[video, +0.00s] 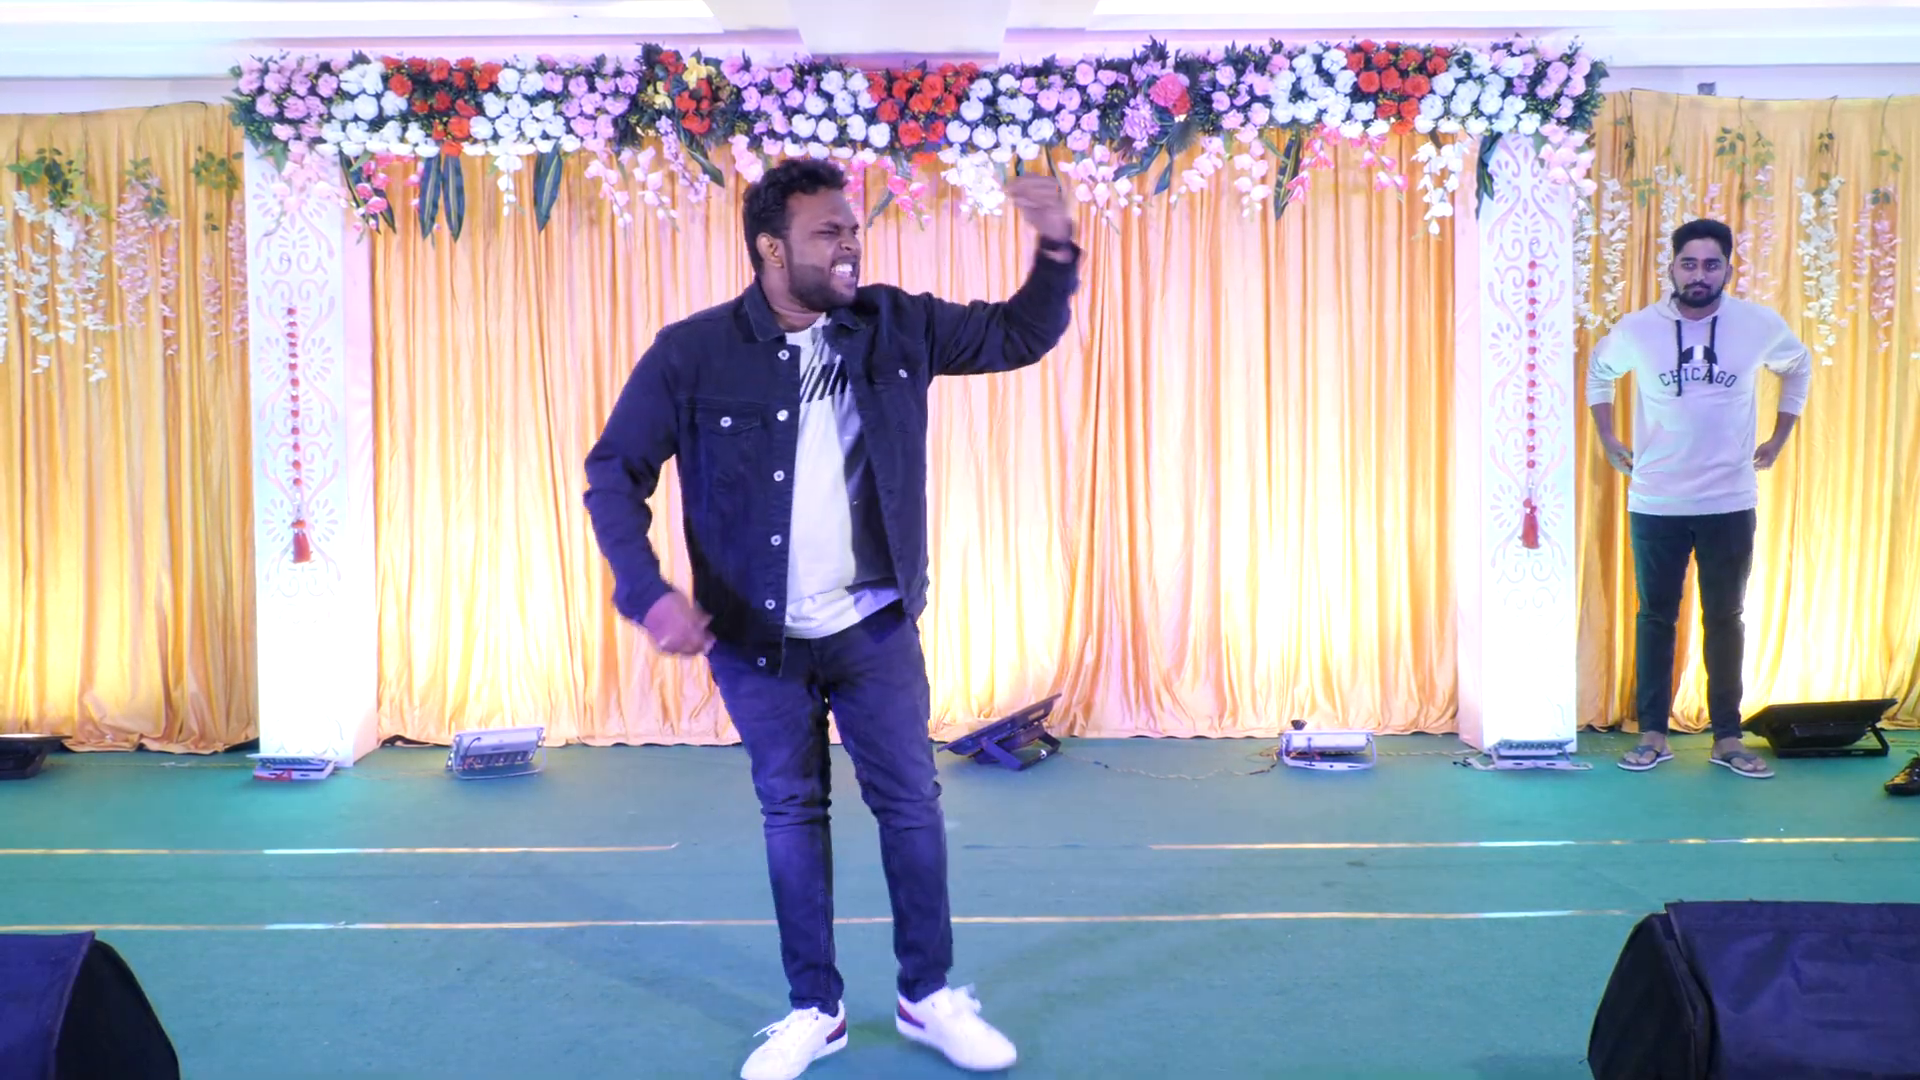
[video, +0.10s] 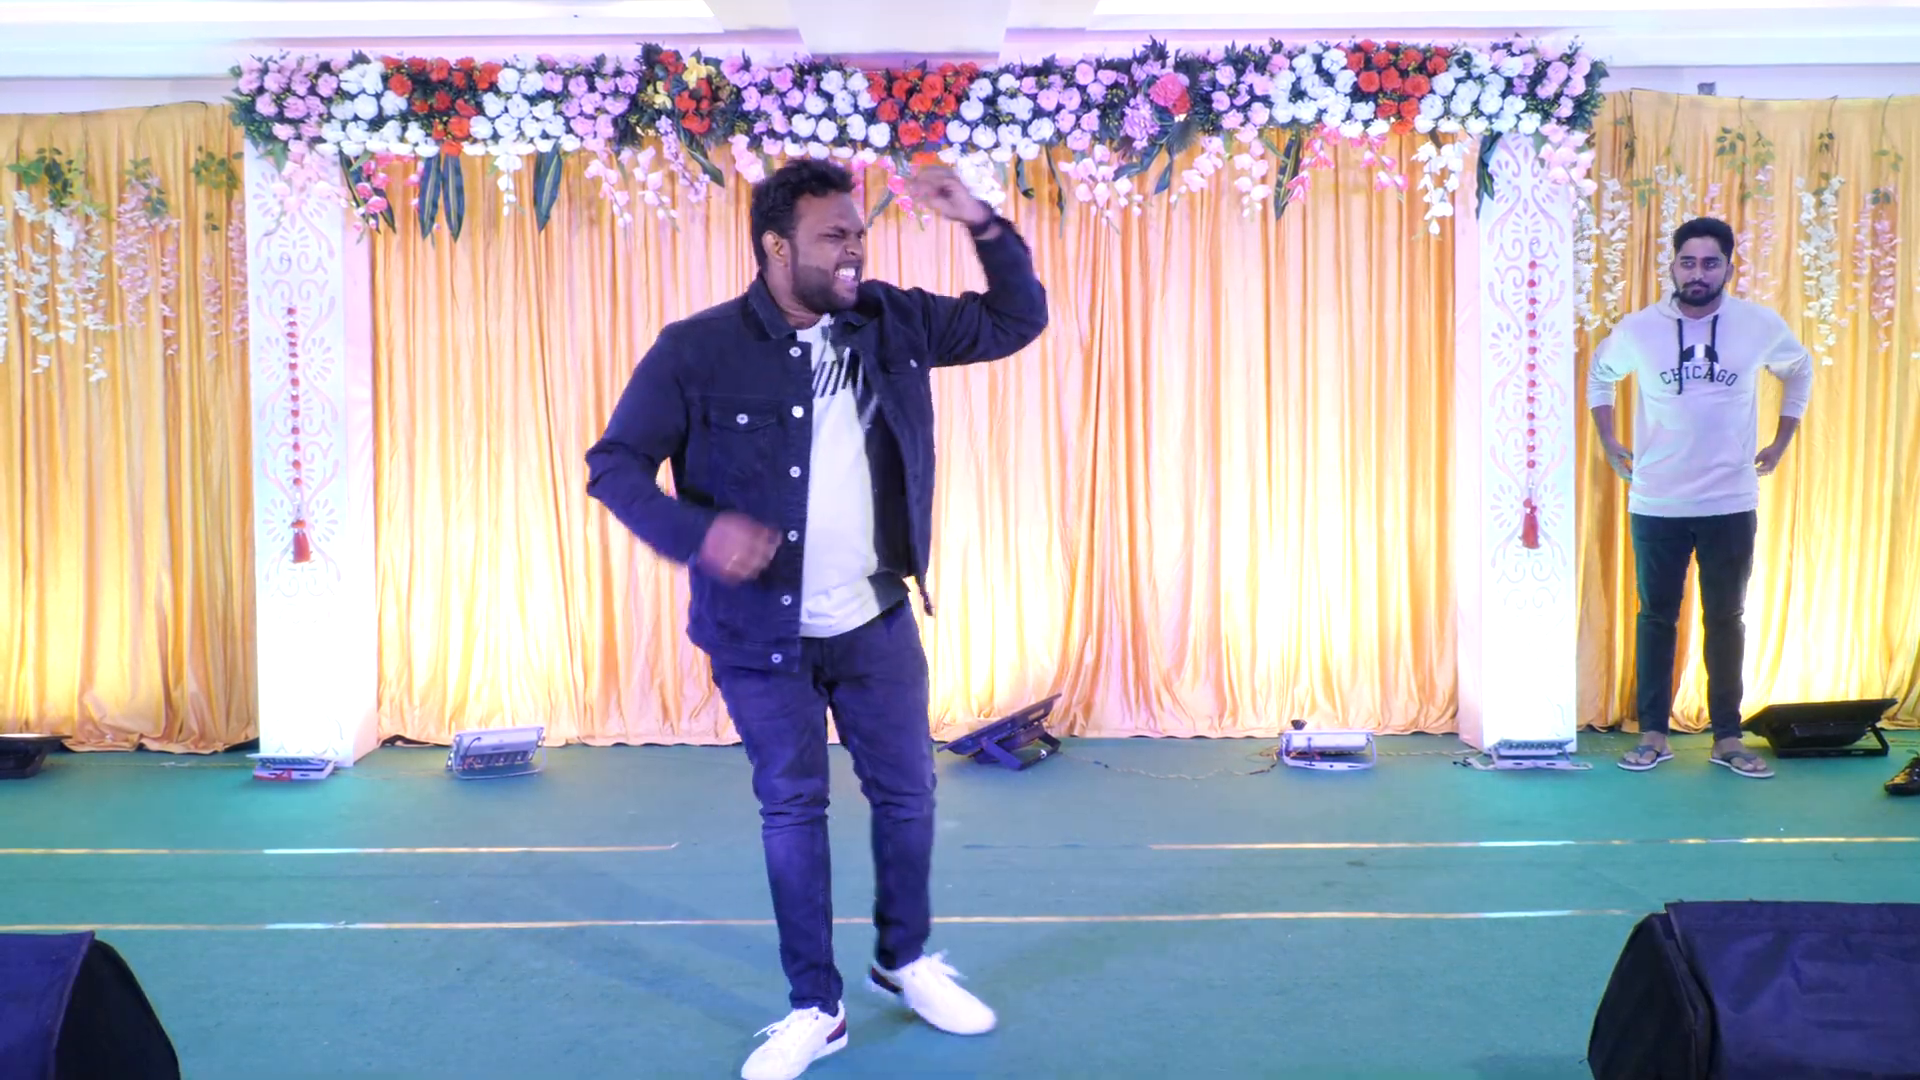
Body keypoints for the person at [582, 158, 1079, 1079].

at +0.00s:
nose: (852, 249)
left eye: (855, 232)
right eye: (830, 235)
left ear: (859, 236)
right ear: (768, 248)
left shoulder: (898, 325)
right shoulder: (693, 353)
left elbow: (1018, 334)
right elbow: (613, 475)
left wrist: (1056, 252)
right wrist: (648, 595)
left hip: (876, 623)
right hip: (758, 638)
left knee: (912, 801)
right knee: (792, 815)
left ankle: (928, 993)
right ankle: (814, 1007)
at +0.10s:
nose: (857, 252)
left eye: (860, 235)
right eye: (836, 239)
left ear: (860, 235)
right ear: (773, 247)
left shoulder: (890, 321)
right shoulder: (697, 350)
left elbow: (1015, 320)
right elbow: (615, 467)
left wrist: (986, 226)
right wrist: (699, 533)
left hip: (873, 611)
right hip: (760, 627)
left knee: (908, 793)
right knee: (792, 808)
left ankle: (905, 960)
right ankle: (815, 1006)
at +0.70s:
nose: (930, 301)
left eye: (934, 284)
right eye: (922, 283)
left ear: (909, 276)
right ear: (880, 267)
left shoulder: (888, 346)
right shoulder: (801, 327)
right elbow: (860, 256)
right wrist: (878, 222)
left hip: (862, 594)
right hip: (809, 595)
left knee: (845, 776)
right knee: (816, 792)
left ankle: (850, 952)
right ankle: (812, 996)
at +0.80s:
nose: (928, 306)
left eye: (932, 292)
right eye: (922, 288)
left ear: (903, 272)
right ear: (875, 262)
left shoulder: (871, 337)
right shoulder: (812, 320)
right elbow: (873, 296)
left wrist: (875, 245)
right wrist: (869, 244)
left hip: (862, 589)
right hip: (825, 591)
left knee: (850, 774)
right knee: (841, 780)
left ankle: (845, 951)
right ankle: (833, 994)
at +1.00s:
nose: (925, 266)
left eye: (922, 249)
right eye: (914, 250)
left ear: (852, 258)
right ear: (868, 257)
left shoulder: (811, 321)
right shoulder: (843, 318)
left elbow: (853, 407)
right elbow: (944, 359)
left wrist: (914, 316)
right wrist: (1049, 261)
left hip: (827, 580)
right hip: (862, 582)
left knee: (837, 761)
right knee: (906, 762)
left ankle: (843, 954)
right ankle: (922, 977)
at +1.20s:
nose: (929, 256)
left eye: (923, 240)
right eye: (917, 242)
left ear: (853, 260)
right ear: (879, 257)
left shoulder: (792, 340)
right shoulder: (909, 323)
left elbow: (767, 447)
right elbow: (1041, 339)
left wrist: (861, 461)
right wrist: (1179, 317)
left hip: (822, 586)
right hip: (894, 580)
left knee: (841, 758)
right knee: (949, 760)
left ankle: (846, 953)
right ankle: (1004, 944)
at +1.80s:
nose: (932, 269)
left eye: (936, 255)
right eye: (935, 255)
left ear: (961, 261)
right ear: (1011, 263)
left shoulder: (919, 333)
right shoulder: (1085, 338)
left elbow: (863, 445)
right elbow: (1150, 435)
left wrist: (794, 481)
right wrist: (1127, 494)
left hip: (943, 575)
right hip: (1052, 576)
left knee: (919, 716)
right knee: (1042, 736)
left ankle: (928, 886)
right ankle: (1058, 917)